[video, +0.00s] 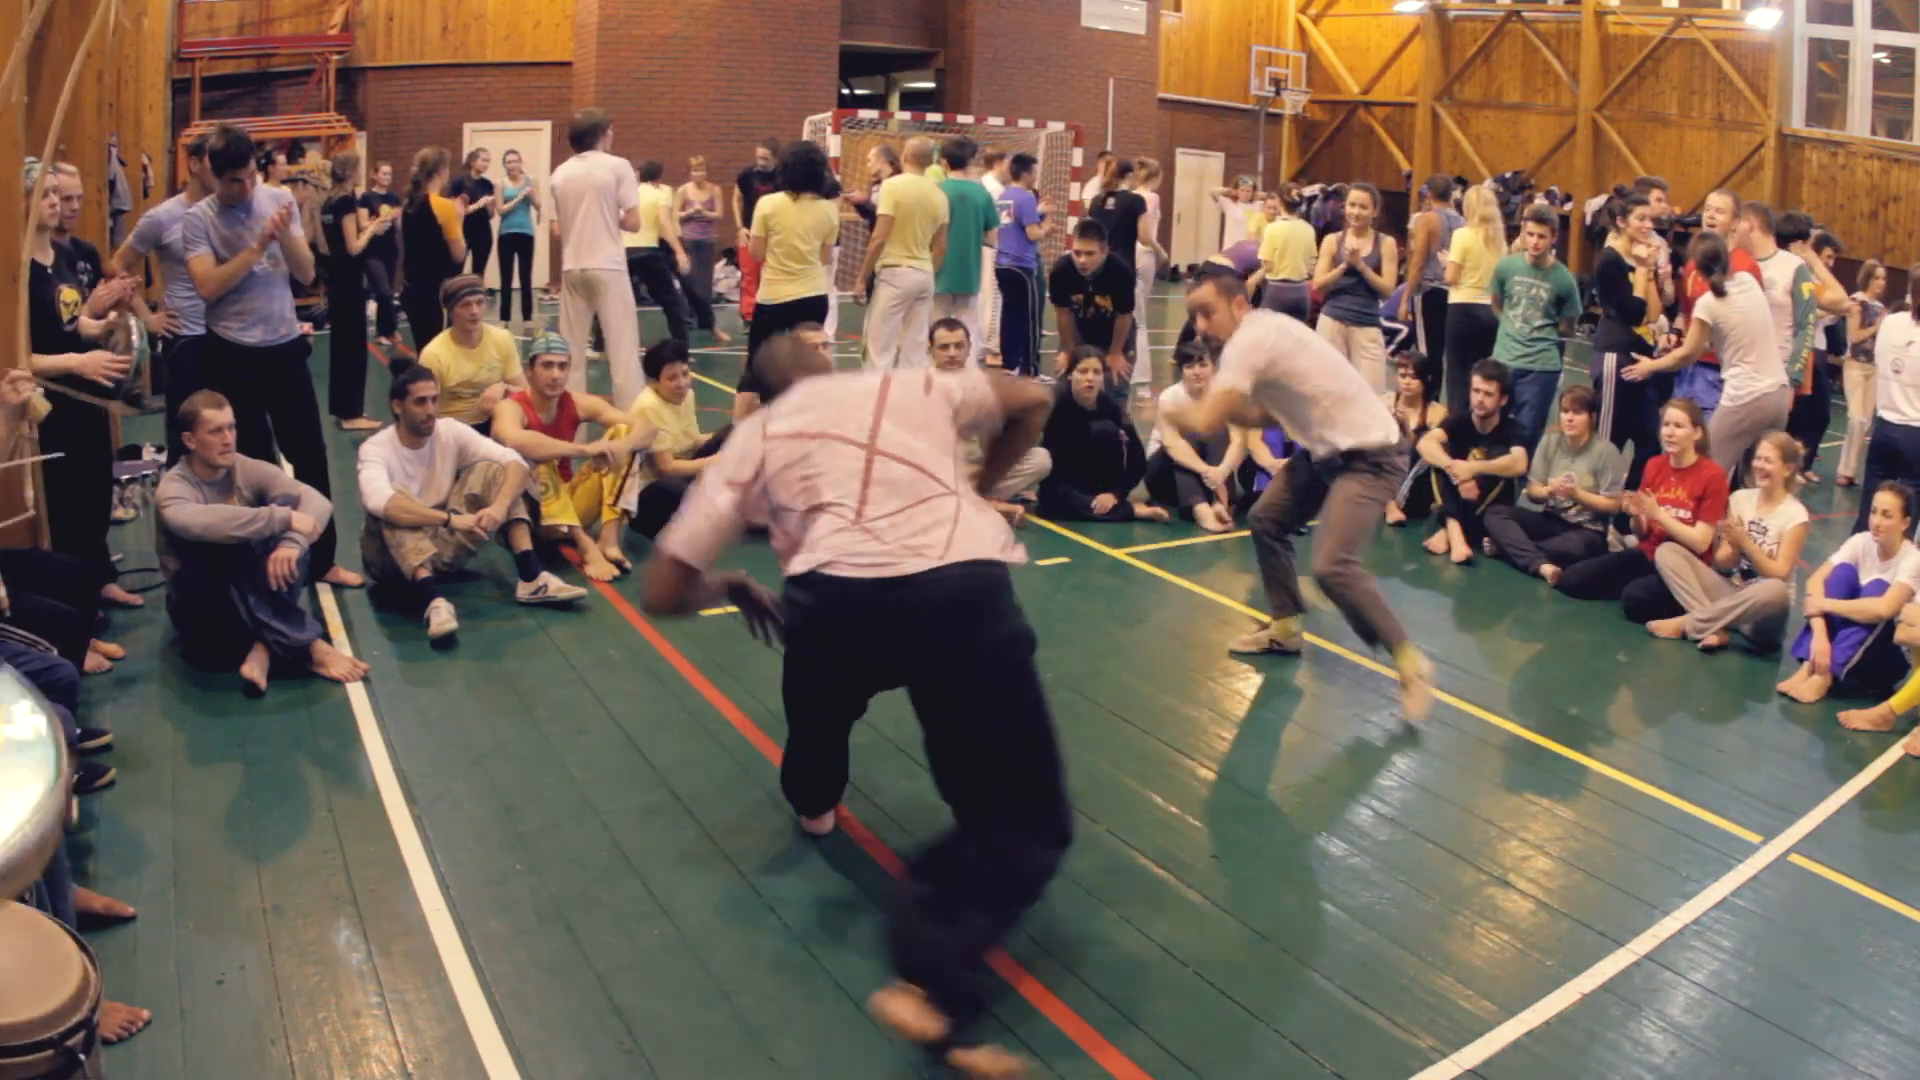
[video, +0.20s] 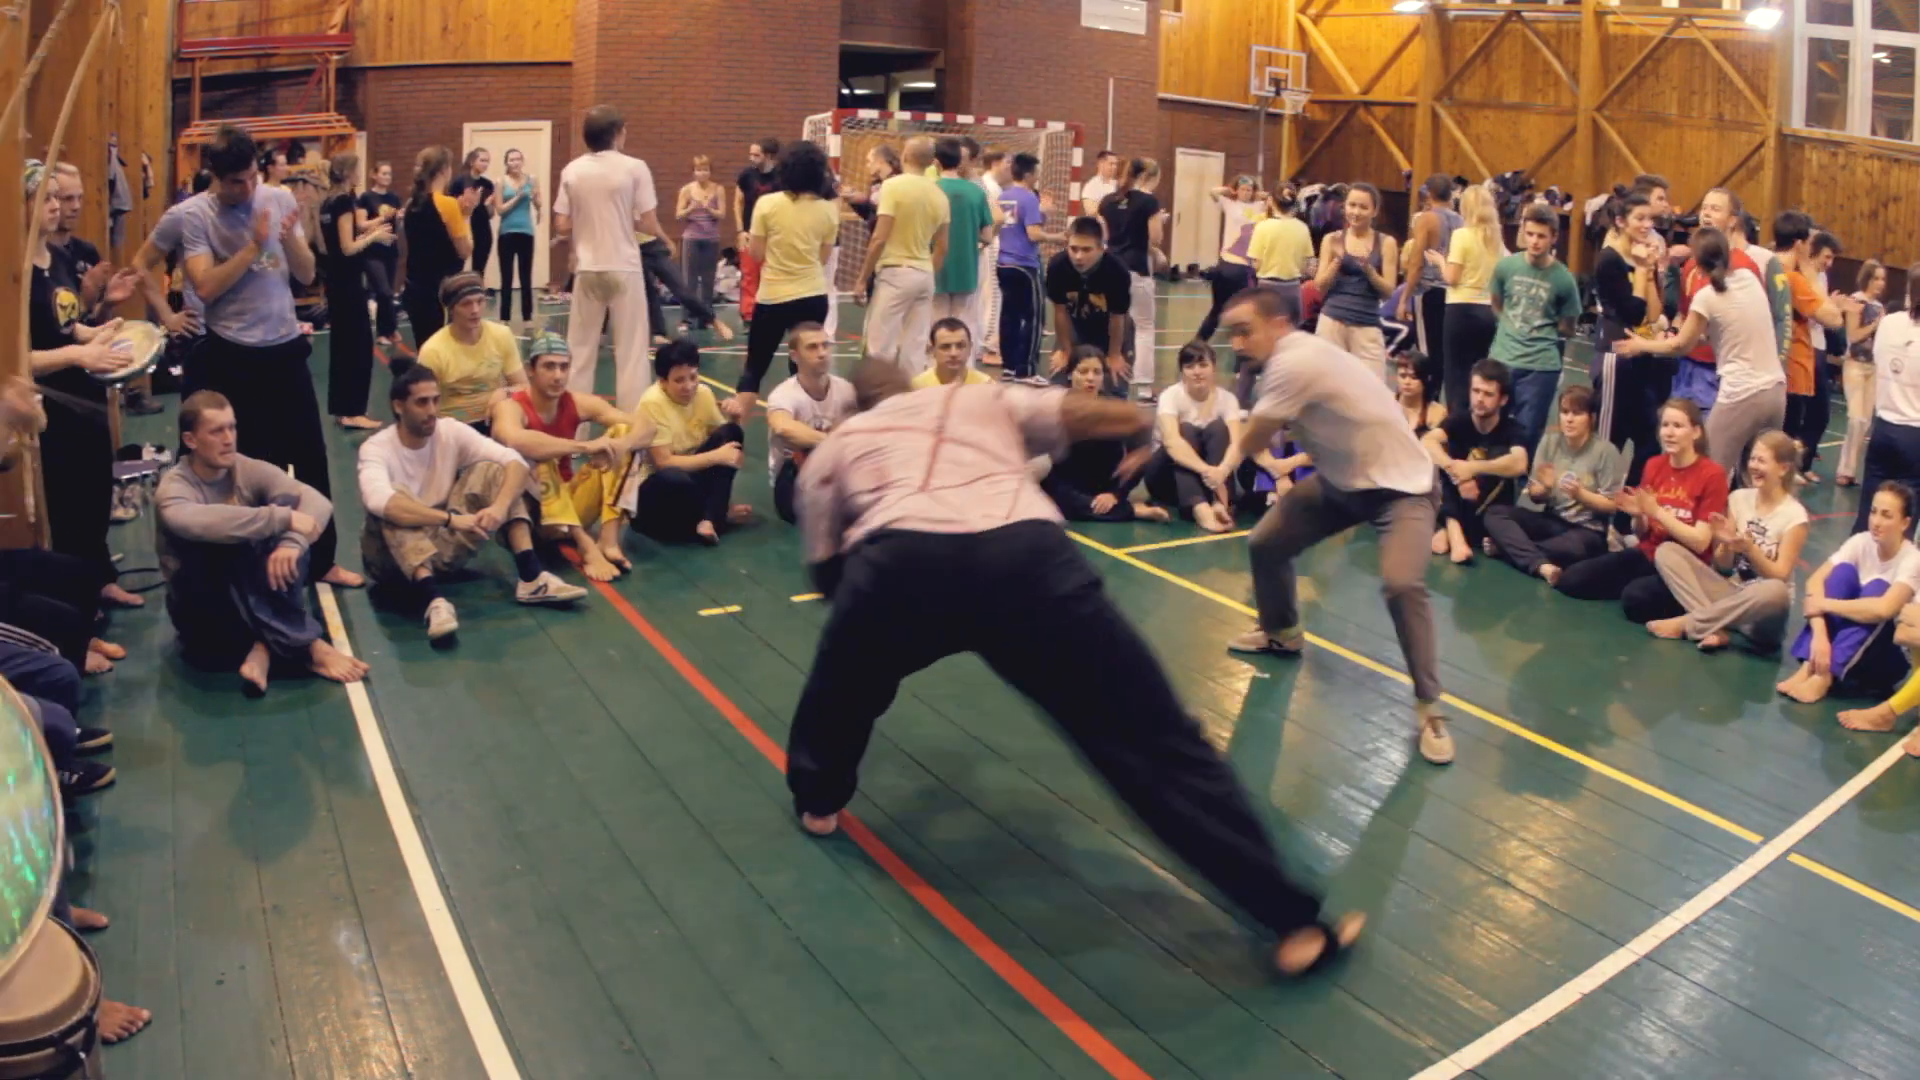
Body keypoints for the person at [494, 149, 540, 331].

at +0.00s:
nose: (512, 165)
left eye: (515, 161)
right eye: (509, 162)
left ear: (521, 163)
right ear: (504, 165)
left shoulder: (529, 182)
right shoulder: (501, 184)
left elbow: (538, 205)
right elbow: (500, 209)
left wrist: (530, 194)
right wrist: (519, 197)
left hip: (525, 231)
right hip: (507, 231)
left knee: (525, 278)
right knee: (506, 279)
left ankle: (527, 318)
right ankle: (505, 319)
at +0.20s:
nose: (515, 163)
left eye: (518, 159)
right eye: (511, 160)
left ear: (523, 161)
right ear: (506, 163)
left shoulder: (530, 181)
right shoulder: (501, 182)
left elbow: (538, 205)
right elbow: (500, 209)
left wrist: (534, 197)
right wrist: (517, 197)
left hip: (526, 231)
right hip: (507, 231)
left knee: (526, 279)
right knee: (506, 279)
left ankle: (527, 318)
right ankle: (505, 319)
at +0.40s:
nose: (519, 163)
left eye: (522, 159)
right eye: (515, 159)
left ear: (526, 162)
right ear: (509, 162)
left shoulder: (531, 181)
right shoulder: (502, 182)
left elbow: (538, 206)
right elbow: (500, 207)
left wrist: (533, 195)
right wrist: (518, 196)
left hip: (527, 230)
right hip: (508, 230)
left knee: (527, 277)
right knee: (507, 278)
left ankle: (528, 318)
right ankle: (505, 319)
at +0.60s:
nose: (521, 162)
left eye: (523, 159)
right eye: (517, 159)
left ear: (527, 161)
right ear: (511, 162)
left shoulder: (532, 181)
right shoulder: (503, 181)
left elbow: (540, 206)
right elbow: (502, 206)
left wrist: (534, 197)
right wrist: (524, 199)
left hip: (527, 230)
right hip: (509, 230)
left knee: (527, 279)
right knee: (507, 279)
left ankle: (528, 319)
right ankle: (505, 319)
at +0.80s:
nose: (523, 162)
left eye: (525, 159)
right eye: (519, 159)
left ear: (529, 162)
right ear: (512, 161)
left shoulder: (533, 181)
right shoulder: (505, 181)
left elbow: (538, 209)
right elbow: (501, 206)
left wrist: (537, 199)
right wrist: (519, 197)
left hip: (528, 230)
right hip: (510, 230)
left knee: (527, 279)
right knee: (508, 279)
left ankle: (528, 319)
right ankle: (505, 319)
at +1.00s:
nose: (523, 163)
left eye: (526, 159)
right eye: (520, 159)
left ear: (530, 162)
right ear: (513, 162)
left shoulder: (534, 182)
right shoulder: (506, 182)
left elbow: (539, 210)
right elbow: (503, 207)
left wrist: (537, 199)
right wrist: (523, 197)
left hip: (529, 231)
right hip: (511, 231)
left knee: (528, 279)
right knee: (509, 278)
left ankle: (528, 319)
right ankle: (505, 318)